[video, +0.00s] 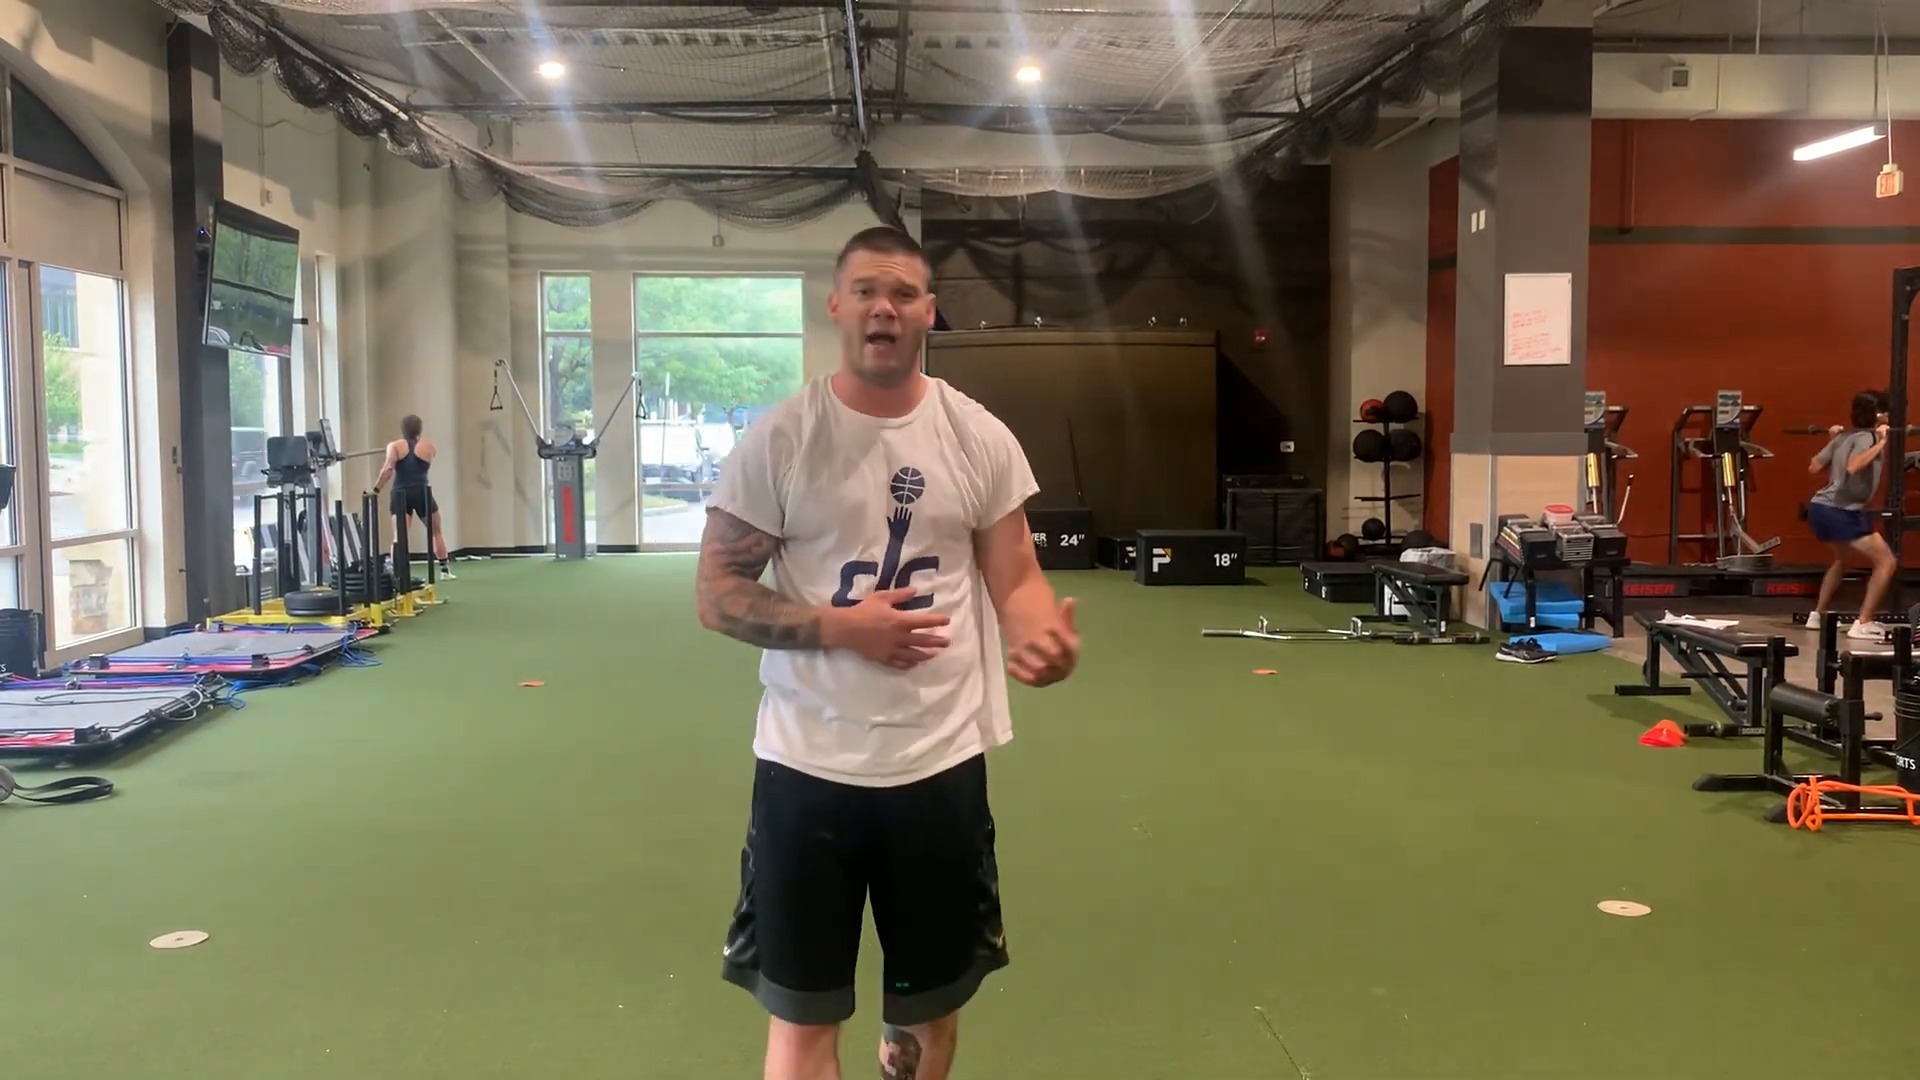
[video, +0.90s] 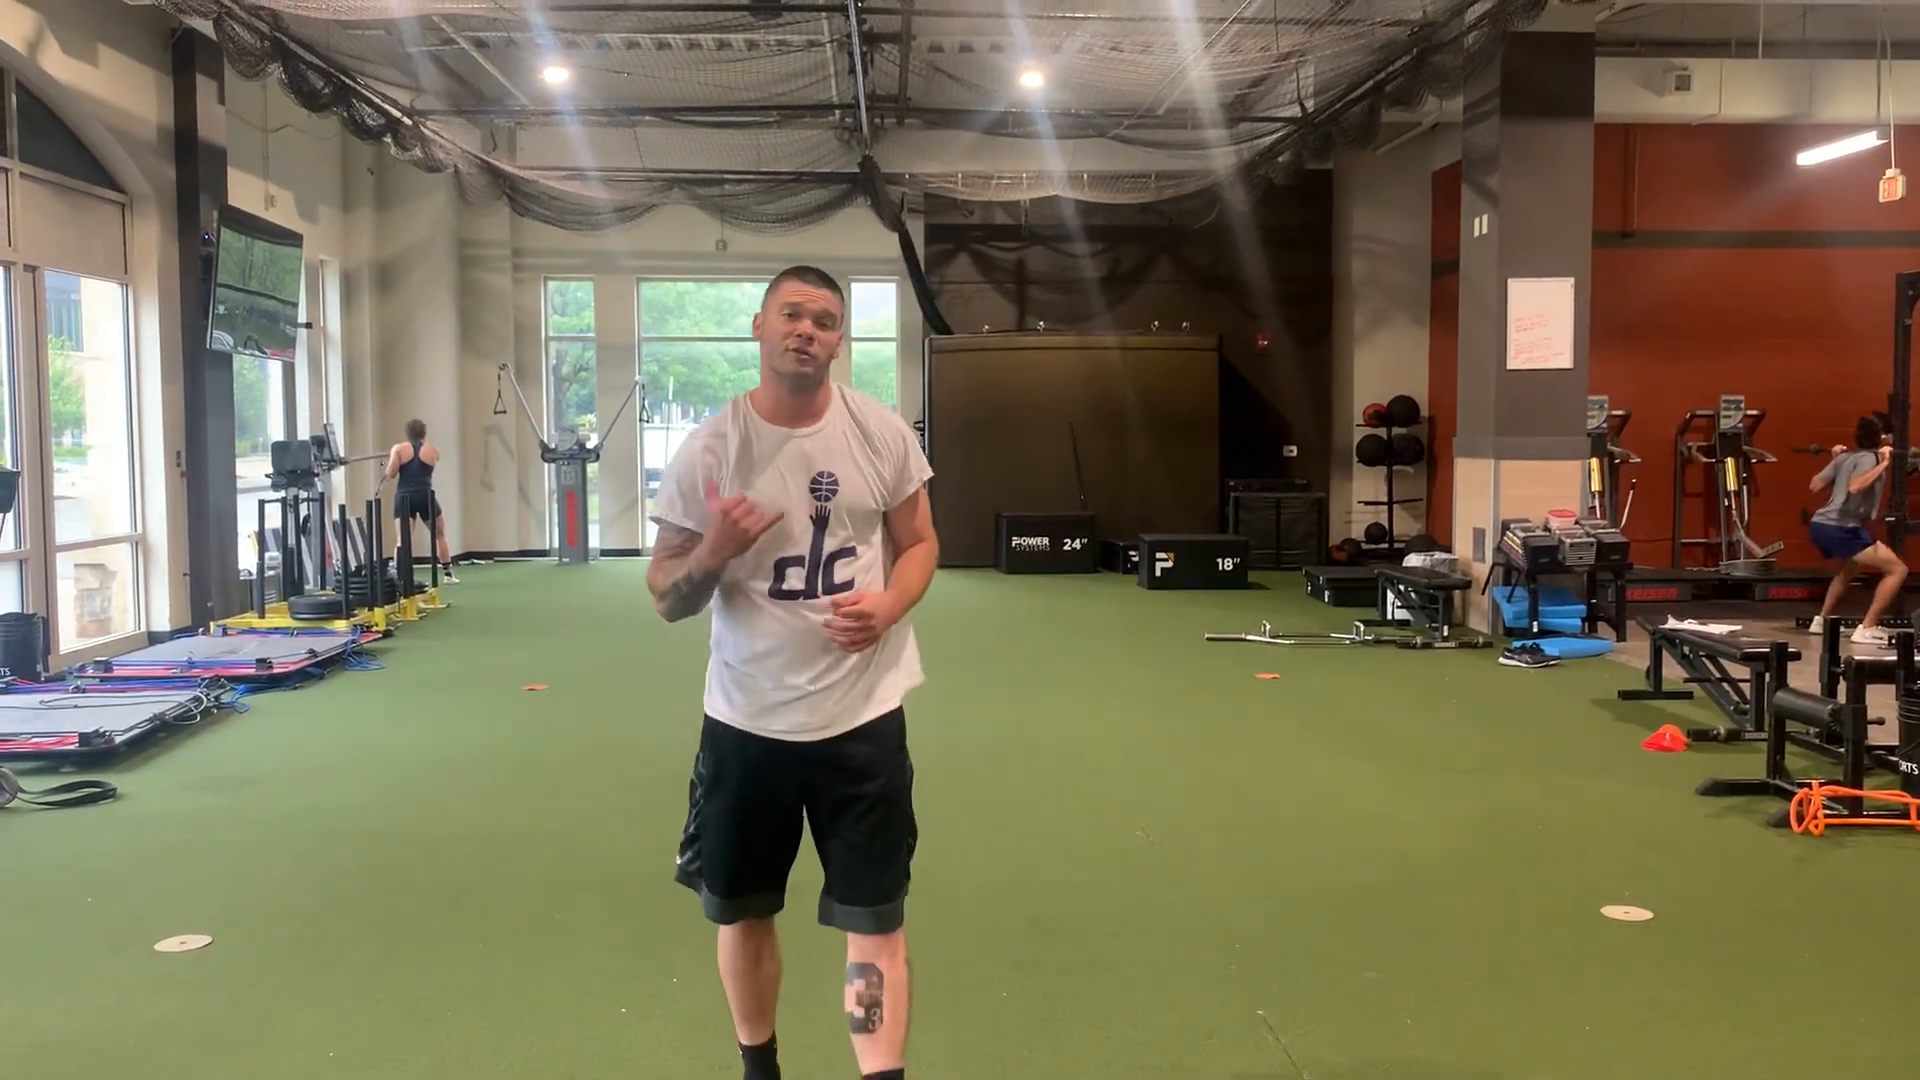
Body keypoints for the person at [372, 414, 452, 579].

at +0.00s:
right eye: (418, 428)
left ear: (403, 430)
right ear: (420, 430)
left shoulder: (394, 447)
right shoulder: (429, 448)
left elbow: (388, 469)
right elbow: (423, 467)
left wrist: (377, 488)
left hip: (400, 493)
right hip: (422, 492)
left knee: (398, 536)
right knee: (436, 532)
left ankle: (394, 571)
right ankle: (445, 569)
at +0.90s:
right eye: (423, 433)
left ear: (407, 433)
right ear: (424, 434)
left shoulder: (398, 449)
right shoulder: (432, 451)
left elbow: (390, 473)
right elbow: (429, 470)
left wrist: (387, 467)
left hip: (404, 496)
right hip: (425, 495)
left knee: (401, 539)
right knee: (439, 535)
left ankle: (396, 573)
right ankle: (448, 573)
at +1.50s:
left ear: (414, 437)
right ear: (431, 437)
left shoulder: (405, 453)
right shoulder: (440, 455)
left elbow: (398, 476)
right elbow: (434, 473)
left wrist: (388, 491)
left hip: (411, 499)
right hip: (432, 498)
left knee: (408, 543)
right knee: (446, 538)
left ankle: (404, 577)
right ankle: (455, 576)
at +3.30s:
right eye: (436, 431)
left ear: (421, 431)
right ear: (437, 431)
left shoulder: (412, 442)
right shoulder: (446, 445)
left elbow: (406, 463)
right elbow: (440, 465)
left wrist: (394, 480)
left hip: (416, 490)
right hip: (437, 489)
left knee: (414, 534)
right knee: (451, 530)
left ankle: (411, 570)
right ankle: (460, 567)